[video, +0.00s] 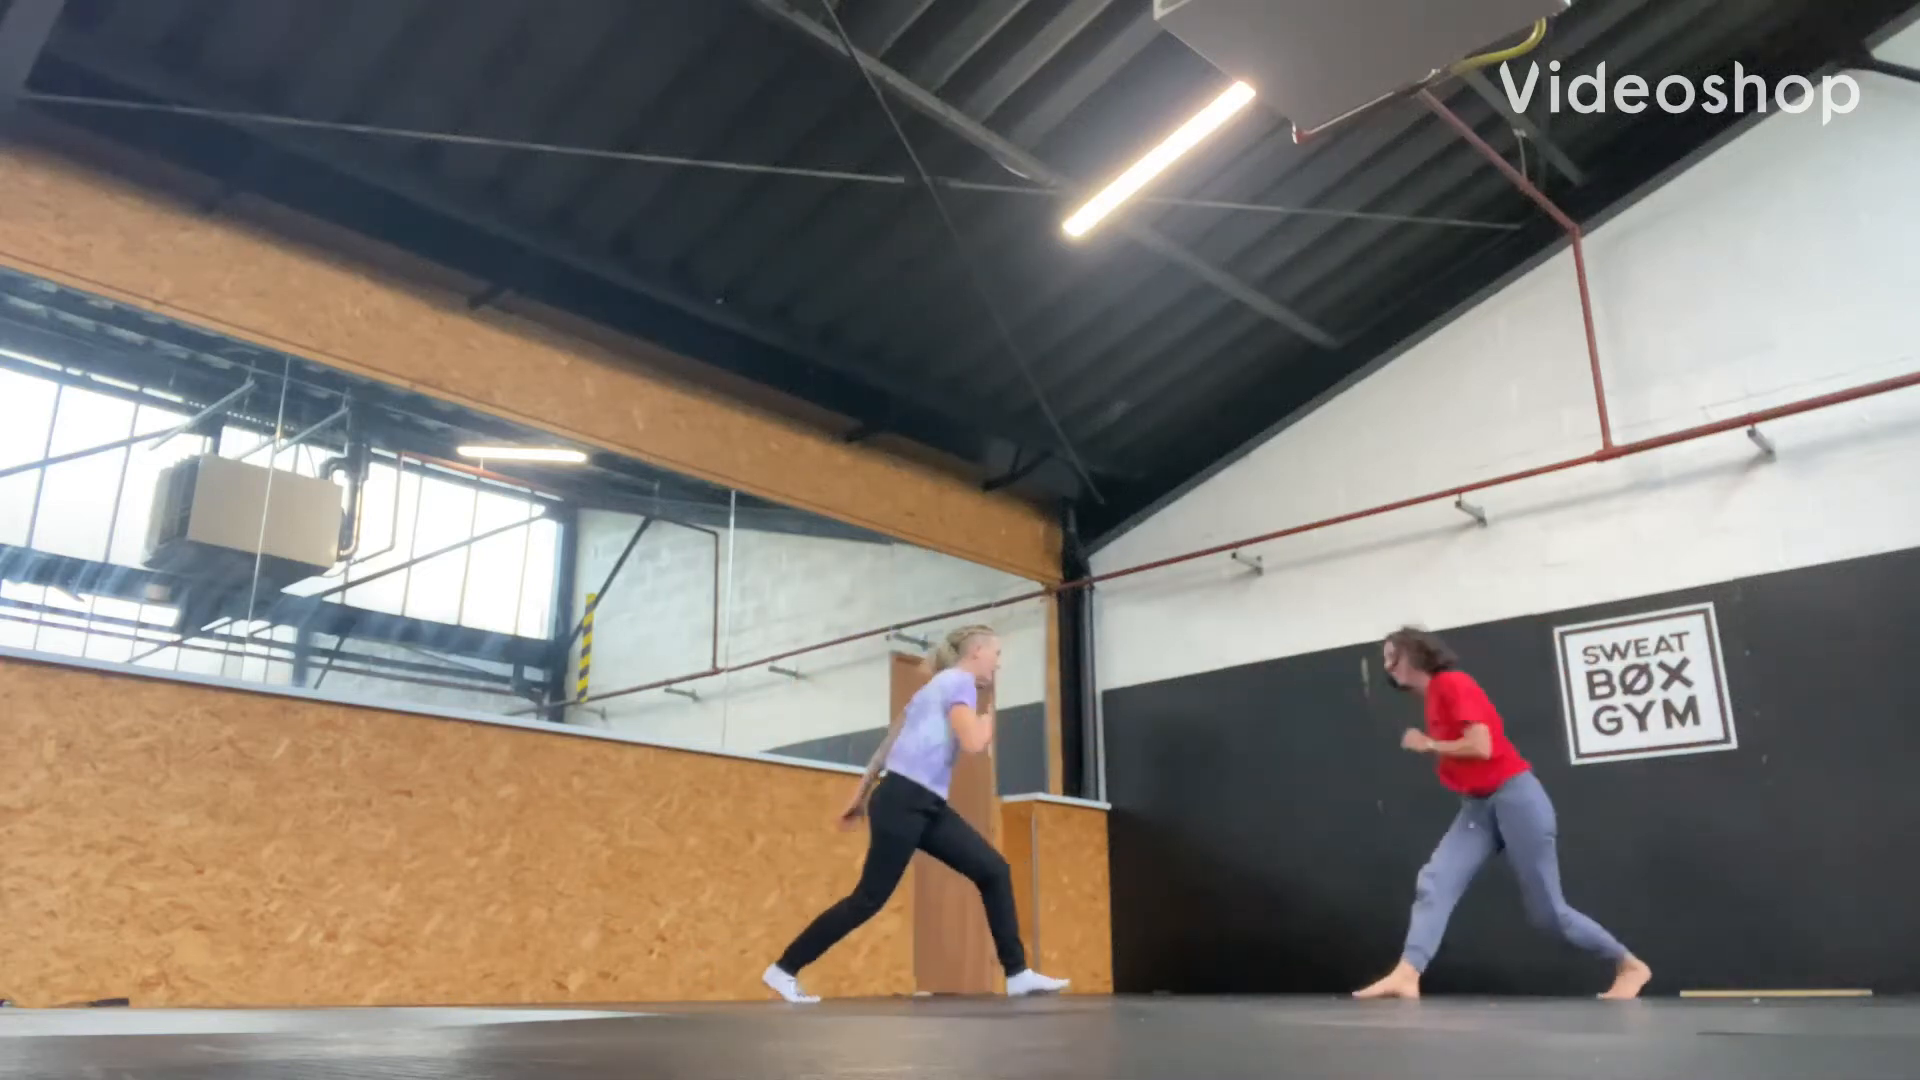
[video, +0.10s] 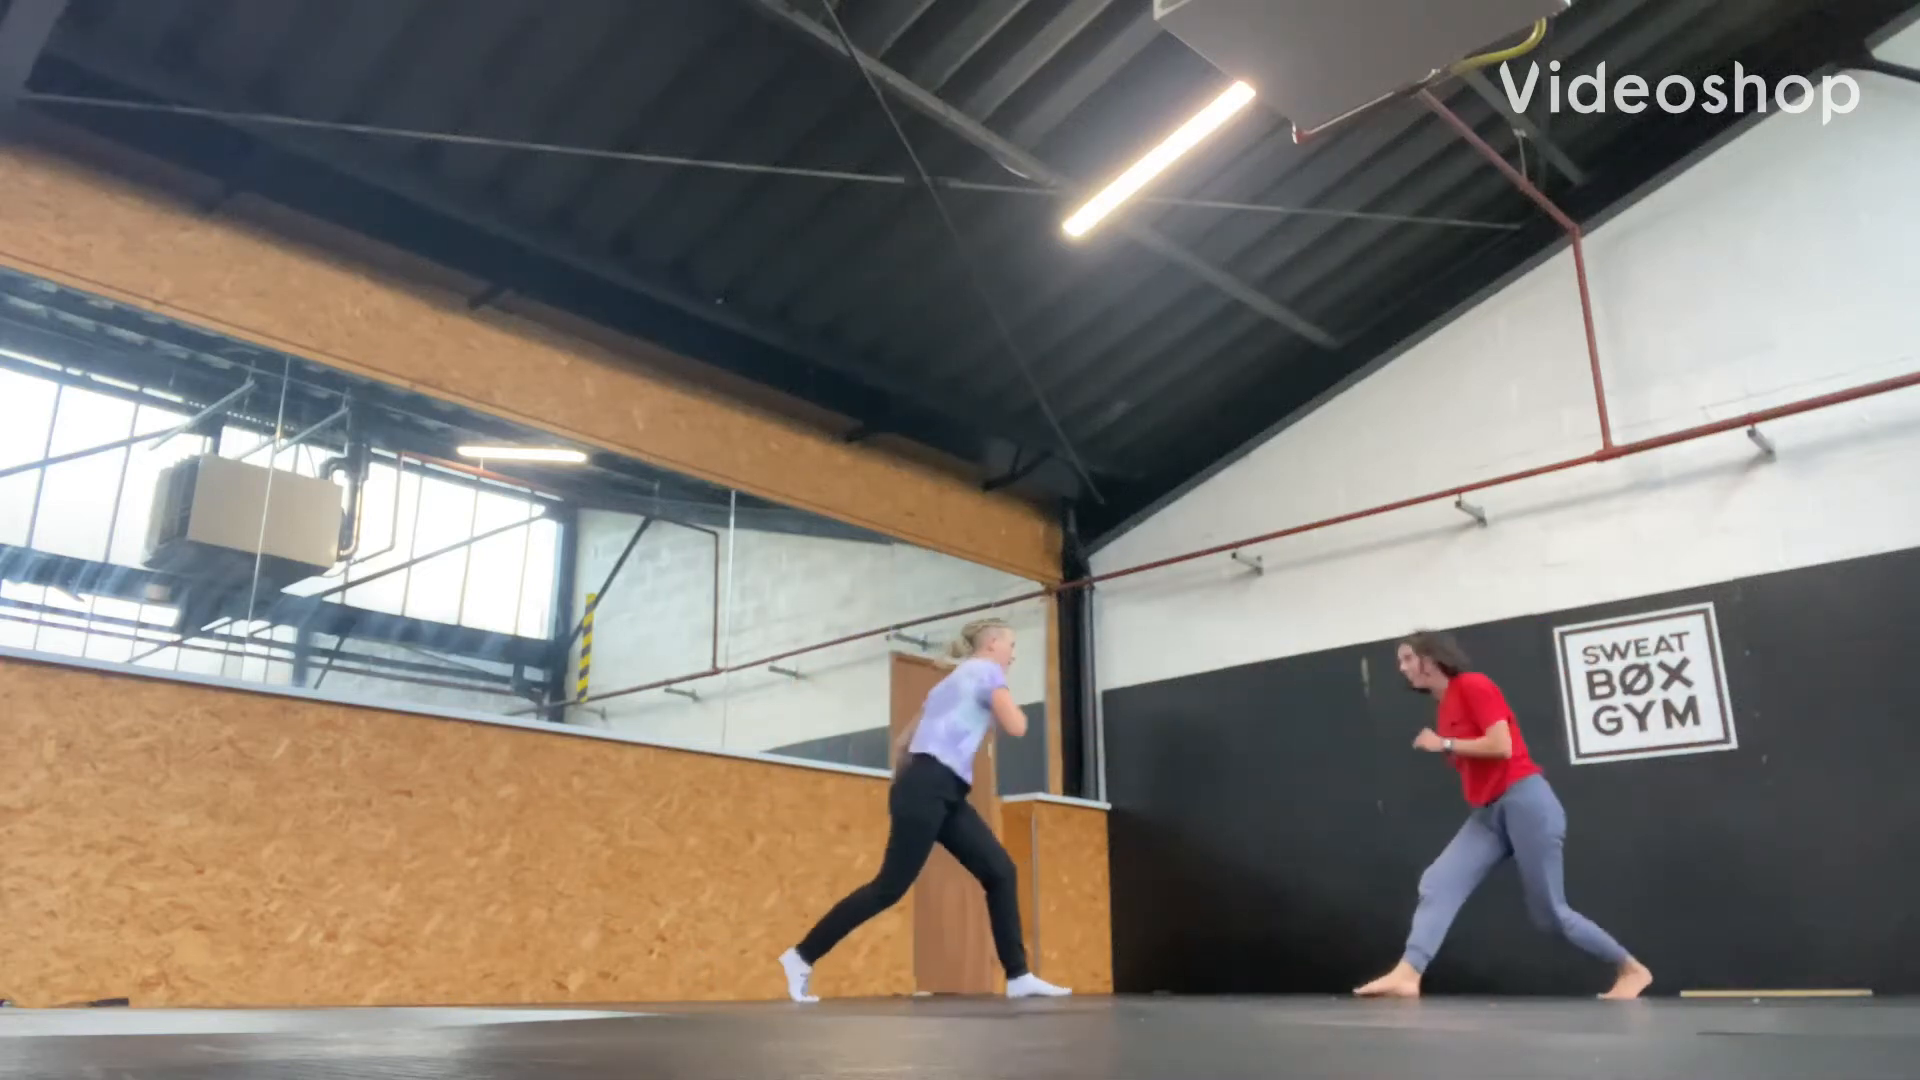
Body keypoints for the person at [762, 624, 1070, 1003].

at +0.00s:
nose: (998, 662)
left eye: (998, 654)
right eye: (994, 653)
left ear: (968, 655)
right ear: (973, 652)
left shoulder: (936, 687)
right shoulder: (957, 681)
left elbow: (890, 743)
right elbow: (974, 739)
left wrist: (861, 794)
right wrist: (988, 703)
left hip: (925, 807)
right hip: (903, 800)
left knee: (993, 870)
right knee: (869, 897)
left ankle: (1017, 974)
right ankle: (783, 970)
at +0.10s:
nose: (1013, 655)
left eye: (1013, 647)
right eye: (1010, 646)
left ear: (977, 647)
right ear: (991, 643)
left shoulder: (947, 684)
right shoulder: (987, 670)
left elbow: (902, 742)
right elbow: (1015, 727)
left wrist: (903, 789)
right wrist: (1009, 704)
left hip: (939, 794)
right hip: (926, 787)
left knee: (1000, 872)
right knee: (890, 886)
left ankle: (1019, 978)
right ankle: (800, 958)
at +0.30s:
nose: (1056, 661)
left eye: (1056, 653)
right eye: (1052, 652)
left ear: (1023, 652)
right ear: (1030, 650)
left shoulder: (1002, 680)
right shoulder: (1023, 675)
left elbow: (972, 740)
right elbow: (1063, 728)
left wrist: (1001, 775)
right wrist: (1049, 704)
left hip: (966, 787)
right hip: (953, 783)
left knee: (1022, 871)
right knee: (982, 876)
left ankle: (1022, 979)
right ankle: (894, 941)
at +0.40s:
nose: (1065, 657)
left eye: (1066, 648)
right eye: (1061, 647)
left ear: (1035, 647)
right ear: (1038, 643)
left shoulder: (1014, 678)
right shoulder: (1028, 671)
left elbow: (998, 761)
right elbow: (1064, 727)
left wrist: (1041, 777)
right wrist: (1076, 728)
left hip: (980, 789)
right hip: (964, 783)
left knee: (1032, 871)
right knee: (996, 868)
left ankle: (1022, 979)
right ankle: (924, 961)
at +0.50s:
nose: (1059, 638)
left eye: (1063, 631)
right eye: (1053, 629)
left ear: (1058, 636)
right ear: (1028, 629)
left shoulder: (1025, 678)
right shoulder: (1022, 657)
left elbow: (1024, 748)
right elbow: (1043, 697)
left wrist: (1076, 743)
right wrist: (1080, 702)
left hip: (1004, 791)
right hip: (972, 780)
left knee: (1044, 875)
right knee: (993, 863)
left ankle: (1023, 979)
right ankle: (950, 962)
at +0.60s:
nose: (1043, 617)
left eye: (1049, 611)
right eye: (1034, 609)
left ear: (1056, 619)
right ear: (1016, 614)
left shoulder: (1048, 673)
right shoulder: (1000, 641)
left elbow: (1054, 733)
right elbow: (969, 660)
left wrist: (1091, 702)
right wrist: (1030, 644)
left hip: (1028, 782)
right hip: (979, 776)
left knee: (1059, 874)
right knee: (982, 867)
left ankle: (1028, 974)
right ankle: (1005, 971)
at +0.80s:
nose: (978, 604)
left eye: (984, 594)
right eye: (977, 595)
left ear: (1011, 594)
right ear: (997, 598)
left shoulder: (1047, 639)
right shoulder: (995, 650)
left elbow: (1089, 691)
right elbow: (980, 682)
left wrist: (1074, 642)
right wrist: (938, 652)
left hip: (1038, 768)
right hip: (994, 770)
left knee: (1016, 871)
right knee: (982, 872)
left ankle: (1084, 942)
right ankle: (1009, 978)